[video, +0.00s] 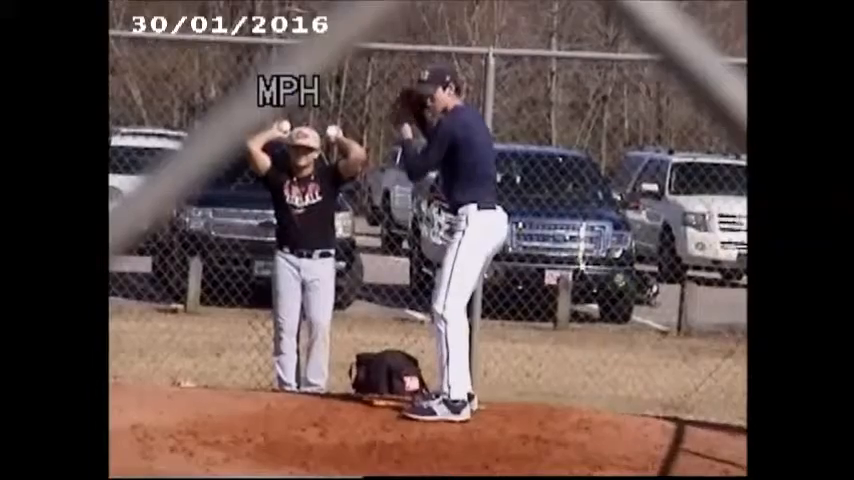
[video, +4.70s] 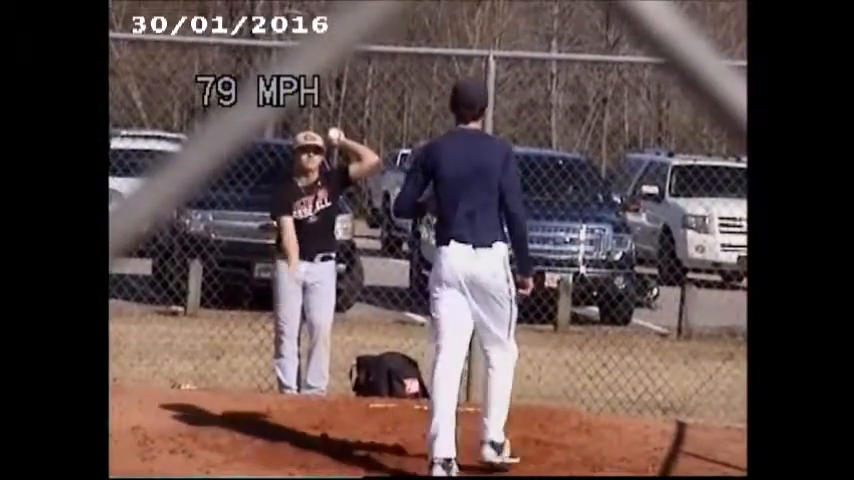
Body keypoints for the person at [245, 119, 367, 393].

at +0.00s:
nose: (303, 157)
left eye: (308, 152)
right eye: (298, 151)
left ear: (318, 153)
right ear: (289, 152)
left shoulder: (330, 175)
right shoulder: (277, 177)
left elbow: (359, 157)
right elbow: (252, 147)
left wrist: (340, 139)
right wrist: (274, 132)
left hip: (321, 260)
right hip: (287, 258)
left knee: (320, 323)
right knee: (285, 325)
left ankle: (315, 384)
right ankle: (285, 384)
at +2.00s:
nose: (305, 168)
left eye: (309, 162)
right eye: (299, 163)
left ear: (318, 155)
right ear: (290, 157)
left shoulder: (331, 172)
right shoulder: (281, 173)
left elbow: (355, 164)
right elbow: (257, 144)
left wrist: (342, 143)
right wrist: (276, 128)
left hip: (323, 256)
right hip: (288, 254)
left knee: (321, 320)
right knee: (286, 320)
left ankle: (318, 379)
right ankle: (287, 379)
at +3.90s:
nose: (307, 158)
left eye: (313, 152)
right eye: (301, 152)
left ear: (322, 154)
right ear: (292, 153)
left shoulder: (333, 177)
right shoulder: (281, 178)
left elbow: (362, 158)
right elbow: (250, 167)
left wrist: (341, 141)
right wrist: (275, 144)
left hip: (322, 261)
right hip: (288, 259)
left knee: (320, 324)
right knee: (285, 326)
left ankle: (315, 387)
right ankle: (286, 387)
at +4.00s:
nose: (309, 157)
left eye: (315, 151)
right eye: (303, 151)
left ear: (323, 153)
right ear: (293, 151)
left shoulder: (333, 176)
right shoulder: (281, 176)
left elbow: (364, 157)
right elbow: (254, 201)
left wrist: (341, 140)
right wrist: (269, 167)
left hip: (322, 260)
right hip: (287, 258)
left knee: (320, 322)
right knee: (285, 325)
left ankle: (315, 384)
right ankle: (286, 385)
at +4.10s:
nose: (310, 157)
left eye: (316, 152)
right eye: (305, 152)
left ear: (324, 155)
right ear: (295, 153)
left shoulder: (333, 178)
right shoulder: (280, 180)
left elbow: (365, 159)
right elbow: (261, 228)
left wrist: (341, 142)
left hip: (322, 262)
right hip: (287, 261)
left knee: (320, 324)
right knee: (285, 326)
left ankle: (315, 386)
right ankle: (287, 386)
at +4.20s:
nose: (309, 154)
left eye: (315, 150)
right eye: (304, 149)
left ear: (324, 153)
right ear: (295, 152)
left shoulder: (334, 176)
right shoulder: (282, 183)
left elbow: (367, 157)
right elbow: (272, 225)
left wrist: (342, 140)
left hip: (322, 261)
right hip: (288, 259)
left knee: (321, 324)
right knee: (286, 325)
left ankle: (316, 385)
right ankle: (287, 385)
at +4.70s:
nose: (310, 156)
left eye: (315, 152)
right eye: (305, 152)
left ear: (323, 156)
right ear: (295, 156)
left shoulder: (333, 179)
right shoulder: (286, 190)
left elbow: (373, 161)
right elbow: (287, 230)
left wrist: (343, 142)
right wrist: (293, 262)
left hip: (324, 263)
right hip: (291, 261)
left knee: (321, 327)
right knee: (287, 328)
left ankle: (316, 389)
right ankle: (287, 388)